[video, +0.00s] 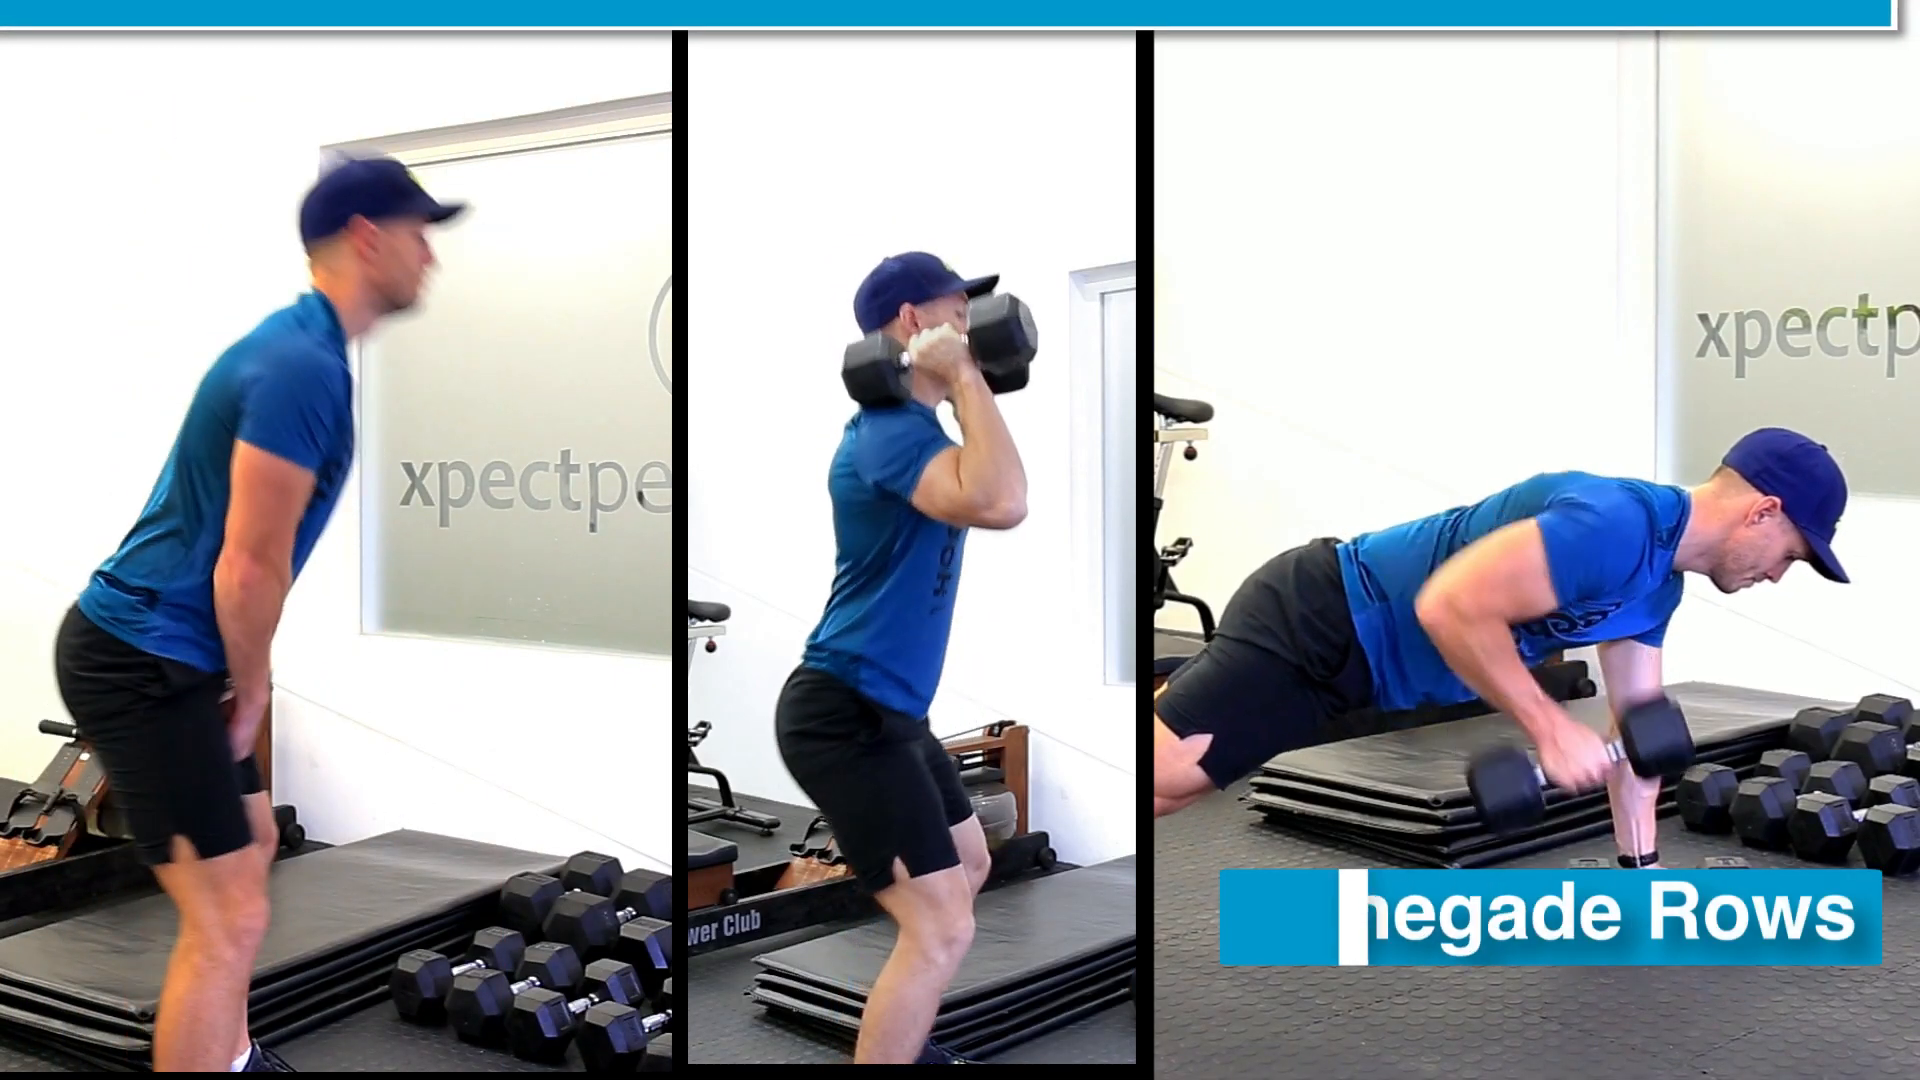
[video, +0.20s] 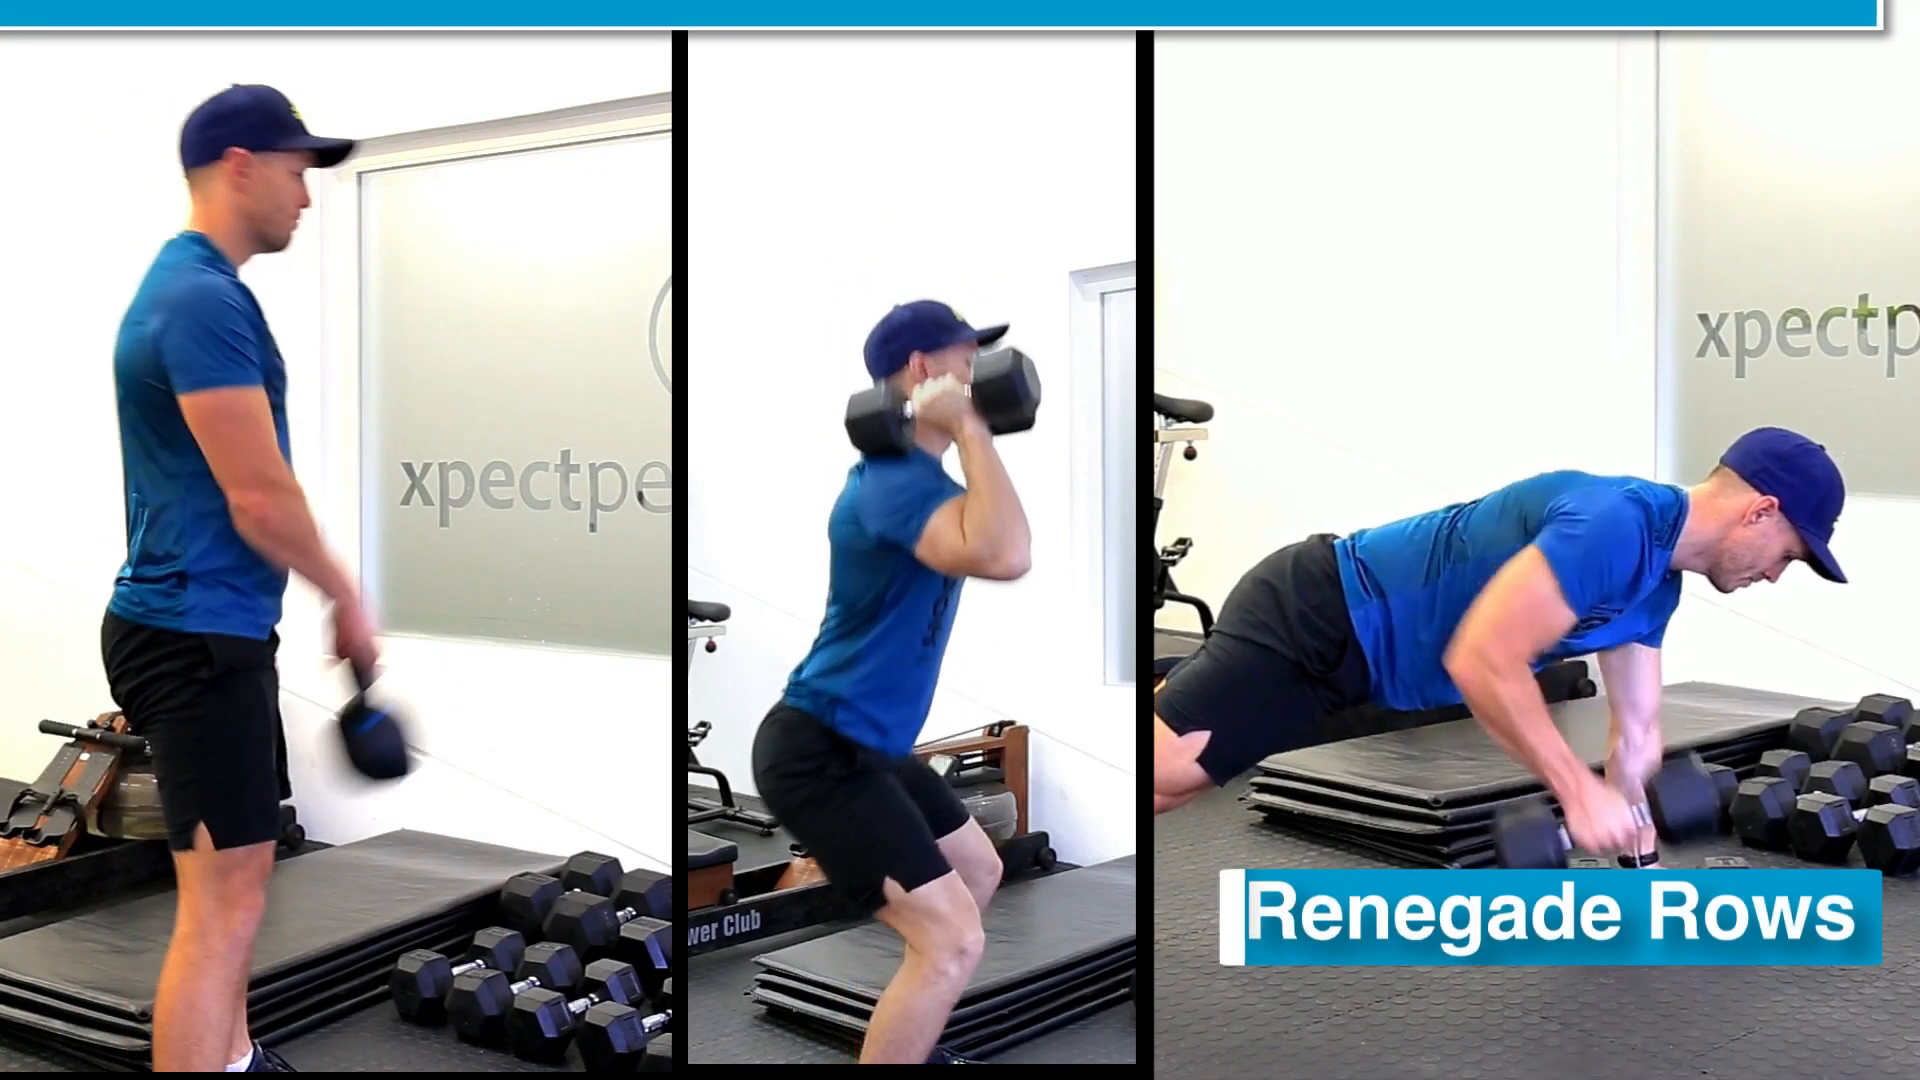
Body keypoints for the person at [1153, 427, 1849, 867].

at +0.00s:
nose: (1781, 577)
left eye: (1796, 565)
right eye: (1794, 556)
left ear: (1751, 508)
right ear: (1760, 510)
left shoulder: (1654, 578)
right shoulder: (1618, 527)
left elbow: (1637, 727)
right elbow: (1452, 606)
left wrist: (1643, 877)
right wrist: (1550, 730)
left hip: (1354, 662)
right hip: (1320, 618)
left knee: (1155, 768)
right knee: (1150, 774)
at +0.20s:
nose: (1778, 576)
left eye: (1793, 565)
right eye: (1791, 555)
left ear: (1748, 508)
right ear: (1757, 509)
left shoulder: (1652, 577)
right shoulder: (1618, 524)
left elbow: (1636, 729)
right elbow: (1480, 658)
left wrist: (1627, 823)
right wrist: (1577, 788)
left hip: (1349, 655)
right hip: (1321, 612)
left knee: (1158, 773)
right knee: (1151, 766)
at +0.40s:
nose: (1779, 578)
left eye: (1793, 567)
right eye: (1792, 557)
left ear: (1750, 507)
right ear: (1758, 510)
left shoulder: (1654, 579)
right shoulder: (1616, 529)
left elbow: (1636, 730)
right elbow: (1526, 709)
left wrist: (1644, 868)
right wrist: (1611, 860)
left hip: (1348, 659)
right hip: (1320, 611)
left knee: (1161, 780)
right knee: (1153, 760)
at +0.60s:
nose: (1781, 581)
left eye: (1796, 570)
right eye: (1793, 560)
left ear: (1753, 511)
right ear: (1759, 514)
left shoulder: (1657, 574)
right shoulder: (1620, 544)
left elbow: (1637, 736)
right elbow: (1582, 751)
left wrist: (1653, 888)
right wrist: (1628, 899)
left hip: (1350, 660)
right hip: (1321, 612)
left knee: (1161, 776)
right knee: (1155, 762)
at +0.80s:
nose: (1794, 591)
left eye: (1807, 580)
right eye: (1805, 571)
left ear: (1765, 526)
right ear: (1772, 529)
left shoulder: (1662, 562)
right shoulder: (1646, 564)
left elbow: (1633, 761)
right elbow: (1615, 779)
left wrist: (1650, 923)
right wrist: (1639, 942)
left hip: (1352, 641)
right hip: (1335, 626)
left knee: (1164, 769)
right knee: (1151, 782)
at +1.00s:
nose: (1797, 591)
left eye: (1811, 580)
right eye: (1810, 571)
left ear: (1770, 523)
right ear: (1779, 527)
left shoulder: (1668, 566)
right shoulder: (1652, 562)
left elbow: (1634, 764)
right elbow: (1620, 775)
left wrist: (1647, 924)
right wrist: (1640, 937)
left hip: (1355, 648)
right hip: (1339, 627)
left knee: (1167, 784)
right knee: (1155, 788)